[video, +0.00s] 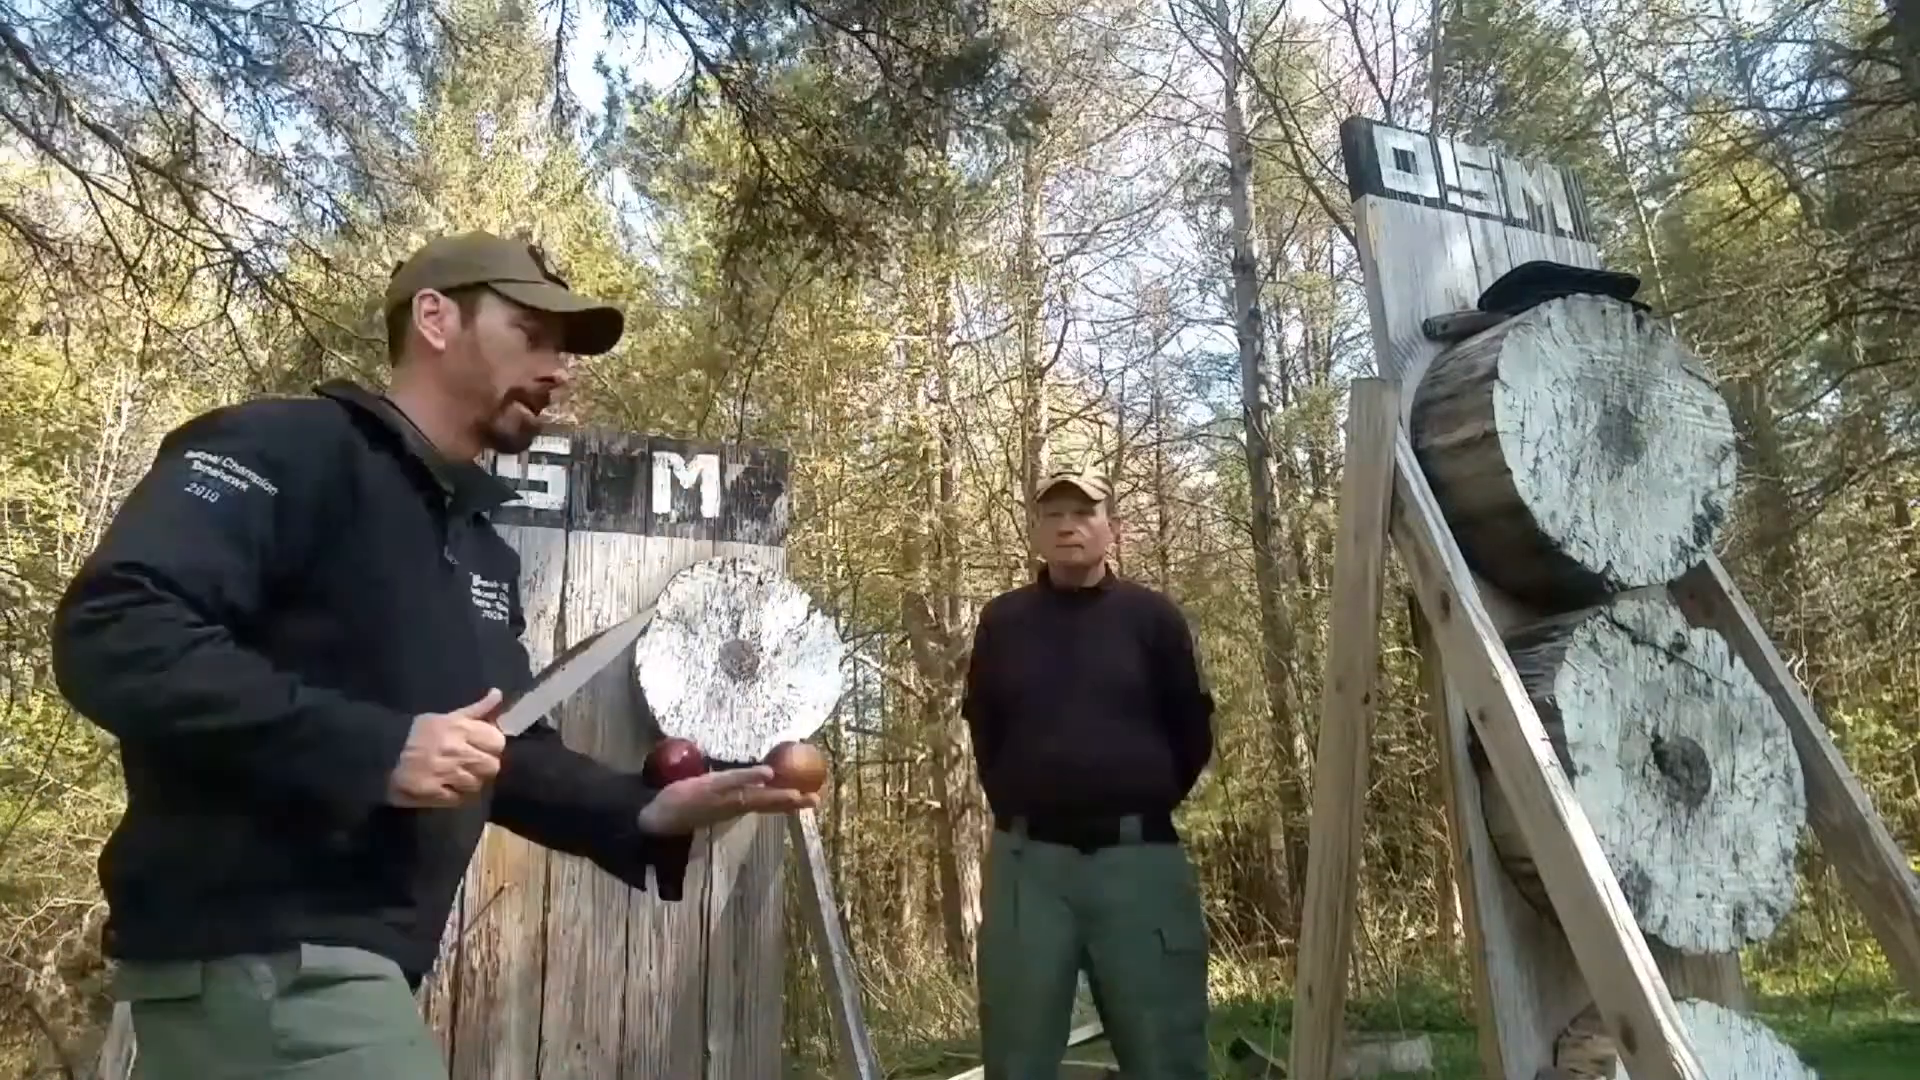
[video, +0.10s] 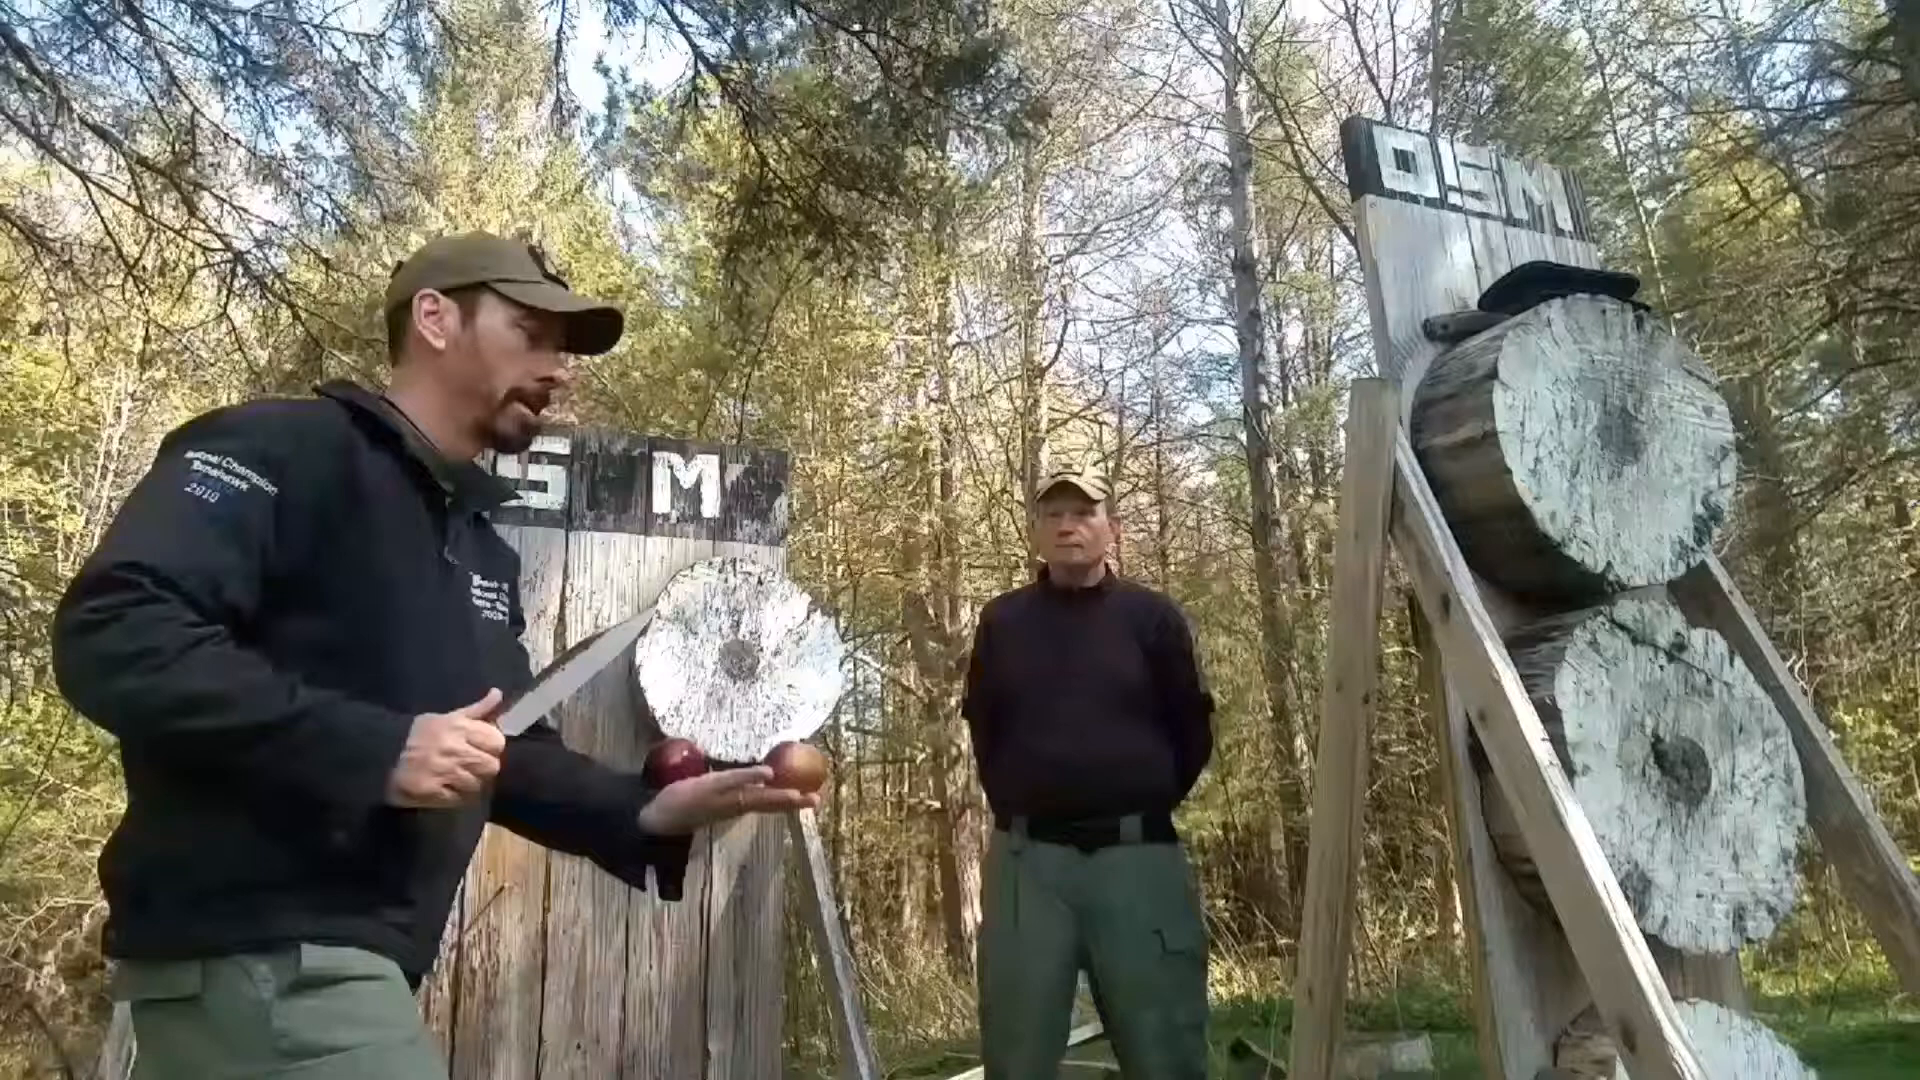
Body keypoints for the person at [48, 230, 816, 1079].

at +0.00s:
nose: (563, 371)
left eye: (570, 349)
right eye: (540, 334)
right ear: (437, 319)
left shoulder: (484, 550)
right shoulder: (281, 448)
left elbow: (487, 751)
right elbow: (113, 634)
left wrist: (654, 809)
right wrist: (375, 747)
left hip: (349, 966)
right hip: (266, 967)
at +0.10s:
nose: (563, 372)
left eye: (569, 349)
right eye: (540, 334)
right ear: (437, 319)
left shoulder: (485, 552)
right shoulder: (277, 449)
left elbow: (488, 752)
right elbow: (113, 634)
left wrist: (653, 808)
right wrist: (376, 747)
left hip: (351, 967)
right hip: (262, 968)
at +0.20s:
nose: (563, 372)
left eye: (569, 349)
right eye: (540, 334)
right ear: (437, 319)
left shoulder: (485, 552)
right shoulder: (277, 449)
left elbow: (488, 752)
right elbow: (113, 634)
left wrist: (653, 808)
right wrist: (376, 747)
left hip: (351, 967)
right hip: (262, 968)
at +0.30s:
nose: (563, 372)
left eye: (569, 349)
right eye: (540, 334)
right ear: (437, 319)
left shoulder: (485, 552)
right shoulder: (277, 449)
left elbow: (488, 752)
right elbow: (113, 634)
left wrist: (653, 808)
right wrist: (376, 747)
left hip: (351, 967)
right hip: (262, 968)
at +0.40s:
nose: (563, 372)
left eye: (569, 349)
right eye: (540, 334)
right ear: (437, 319)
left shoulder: (485, 552)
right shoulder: (277, 449)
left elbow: (488, 752)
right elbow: (113, 634)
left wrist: (653, 808)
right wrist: (376, 747)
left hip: (351, 967)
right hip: (262, 968)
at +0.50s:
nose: (565, 369)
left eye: (572, 346)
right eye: (543, 331)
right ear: (443, 316)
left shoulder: (487, 553)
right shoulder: (285, 445)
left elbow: (487, 749)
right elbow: (118, 628)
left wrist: (652, 808)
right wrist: (385, 743)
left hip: (348, 967)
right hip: (264, 968)